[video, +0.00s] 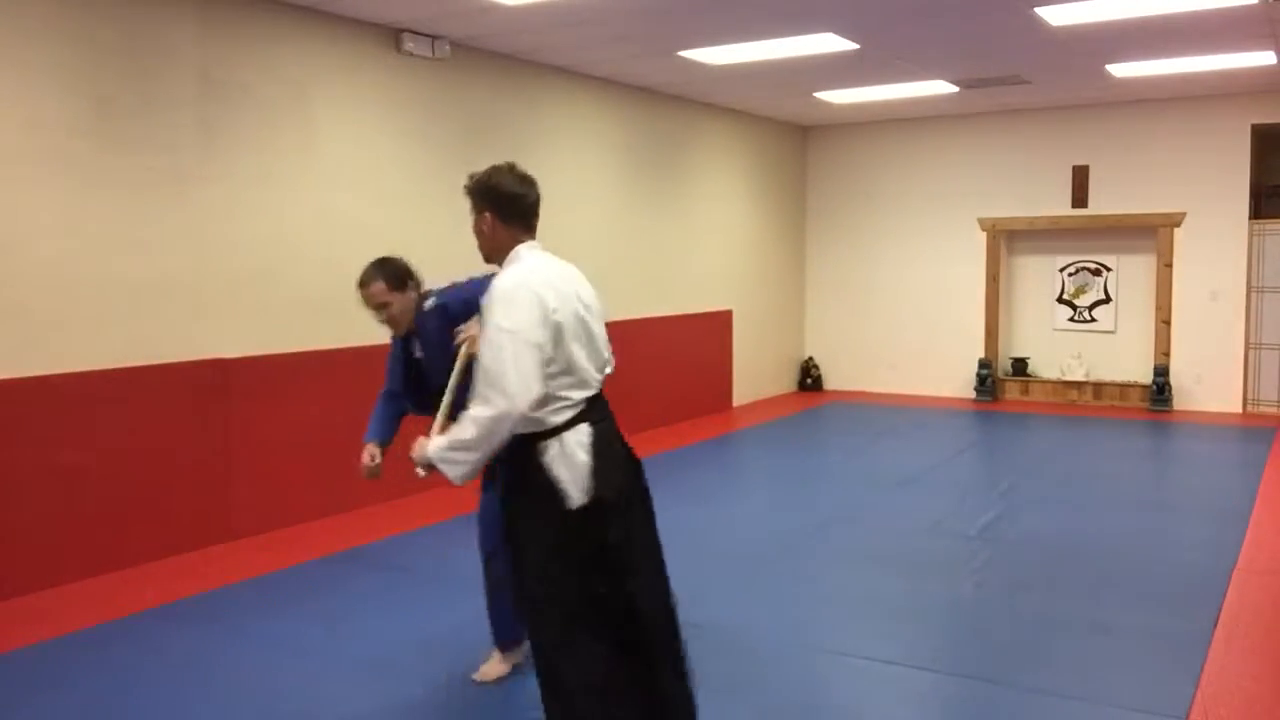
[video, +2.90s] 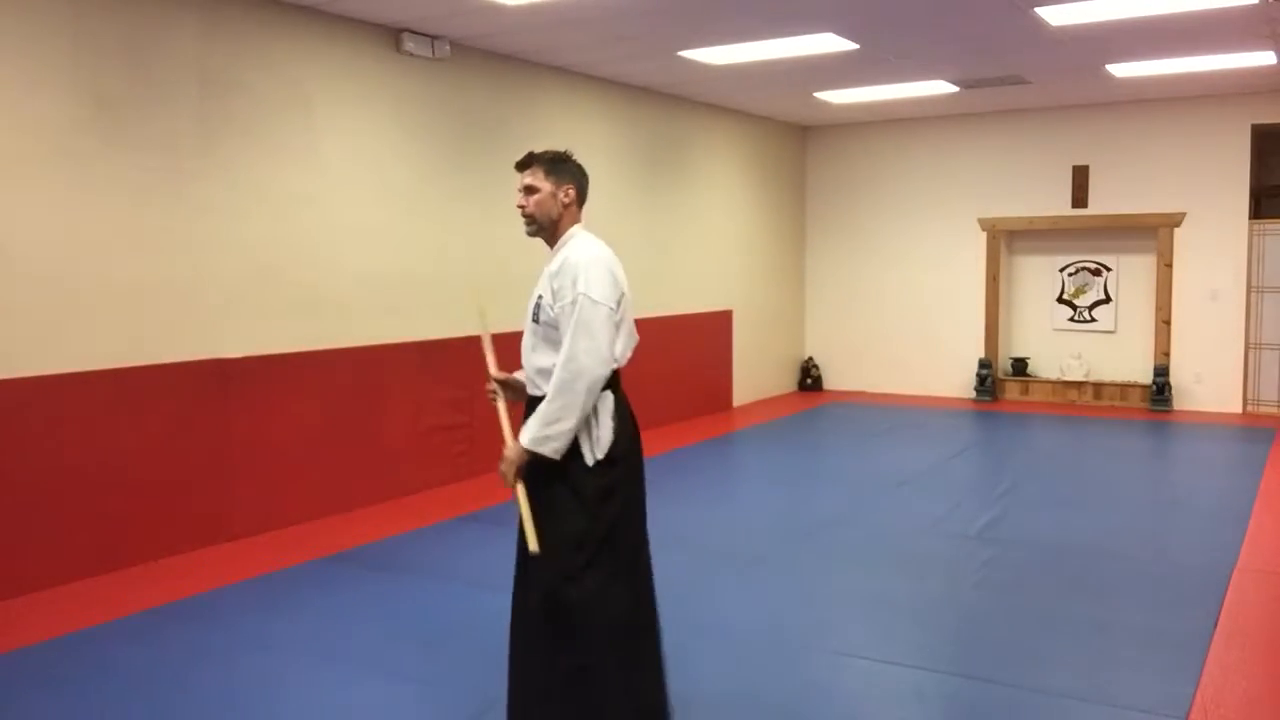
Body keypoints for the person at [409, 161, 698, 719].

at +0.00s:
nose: (474, 230)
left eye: (474, 219)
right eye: (474, 219)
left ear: (489, 221)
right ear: (530, 217)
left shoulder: (510, 291)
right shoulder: (566, 274)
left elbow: (507, 401)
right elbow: (592, 360)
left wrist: (440, 451)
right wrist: (497, 343)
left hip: (550, 463)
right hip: (602, 444)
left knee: (562, 611)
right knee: (628, 594)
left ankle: (588, 707)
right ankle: (658, 705)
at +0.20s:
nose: (464, 258)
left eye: (467, 245)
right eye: (463, 246)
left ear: (495, 244)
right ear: (505, 243)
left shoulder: (553, 302)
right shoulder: (526, 305)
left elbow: (570, 412)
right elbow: (510, 399)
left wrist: (503, 482)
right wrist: (445, 406)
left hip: (597, 472)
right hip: (561, 469)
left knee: (595, 613)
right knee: (546, 606)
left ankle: (625, 707)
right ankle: (573, 705)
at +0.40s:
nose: (467, 288)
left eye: (469, 275)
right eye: (464, 277)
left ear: (503, 267)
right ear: (503, 269)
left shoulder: (589, 310)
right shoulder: (513, 334)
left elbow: (631, 408)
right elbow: (478, 420)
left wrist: (578, 490)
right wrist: (418, 471)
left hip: (632, 468)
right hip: (579, 465)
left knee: (609, 603)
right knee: (554, 587)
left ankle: (631, 707)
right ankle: (578, 690)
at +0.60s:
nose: (484, 307)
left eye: (489, 294)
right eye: (480, 295)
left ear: (525, 282)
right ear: (521, 283)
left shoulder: (613, 317)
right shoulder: (511, 348)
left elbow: (677, 402)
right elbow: (487, 434)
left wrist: (651, 489)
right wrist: (456, 520)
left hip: (645, 468)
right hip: (587, 469)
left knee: (626, 597)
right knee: (550, 575)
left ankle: (639, 709)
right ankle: (577, 691)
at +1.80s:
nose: (538, 244)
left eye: (548, 231)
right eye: (537, 231)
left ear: (590, 232)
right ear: (573, 234)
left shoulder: (651, 301)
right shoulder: (549, 303)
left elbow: (704, 394)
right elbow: (522, 392)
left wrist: (694, 490)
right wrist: (491, 471)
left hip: (643, 469)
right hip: (582, 465)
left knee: (628, 615)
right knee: (568, 598)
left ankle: (643, 712)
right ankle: (578, 703)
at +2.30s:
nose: (548, 195)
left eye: (560, 185)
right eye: (548, 184)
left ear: (600, 191)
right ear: (584, 193)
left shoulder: (633, 270)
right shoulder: (584, 265)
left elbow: (634, 386)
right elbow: (590, 366)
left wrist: (603, 482)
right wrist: (548, 413)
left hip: (625, 446)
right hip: (583, 437)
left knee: (630, 601)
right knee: (584, 595)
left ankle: (638, 707)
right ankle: (585, 700)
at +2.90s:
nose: (520, 201)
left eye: (530, 191)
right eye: (519, 191)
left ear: (567, 196)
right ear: (557, 200)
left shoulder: (587, 261)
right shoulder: (566, 261)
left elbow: (588, 366)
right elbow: (575, 357)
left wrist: (531, 445)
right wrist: (524, 382)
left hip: (590, 440)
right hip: (568, 436)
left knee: (585, 592)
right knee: (564, 590)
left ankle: (594, 709)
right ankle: (571, 707)